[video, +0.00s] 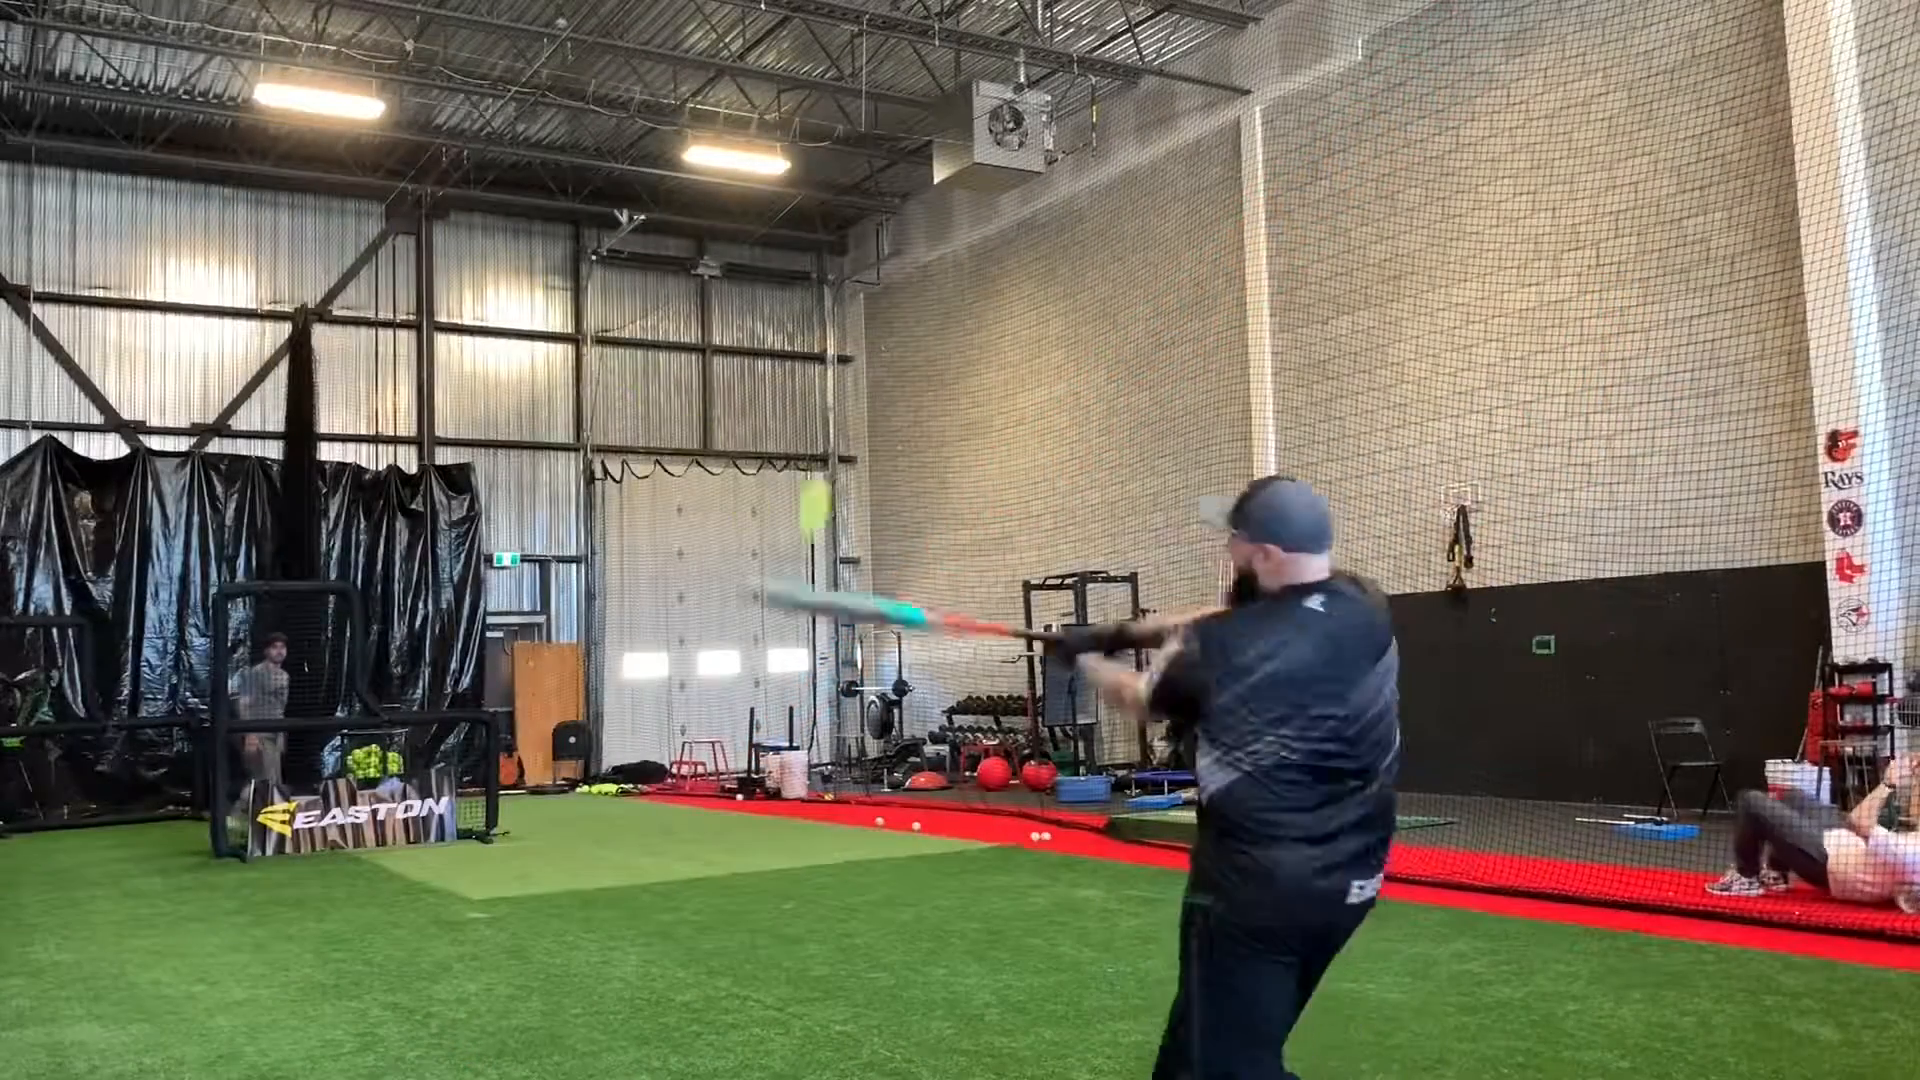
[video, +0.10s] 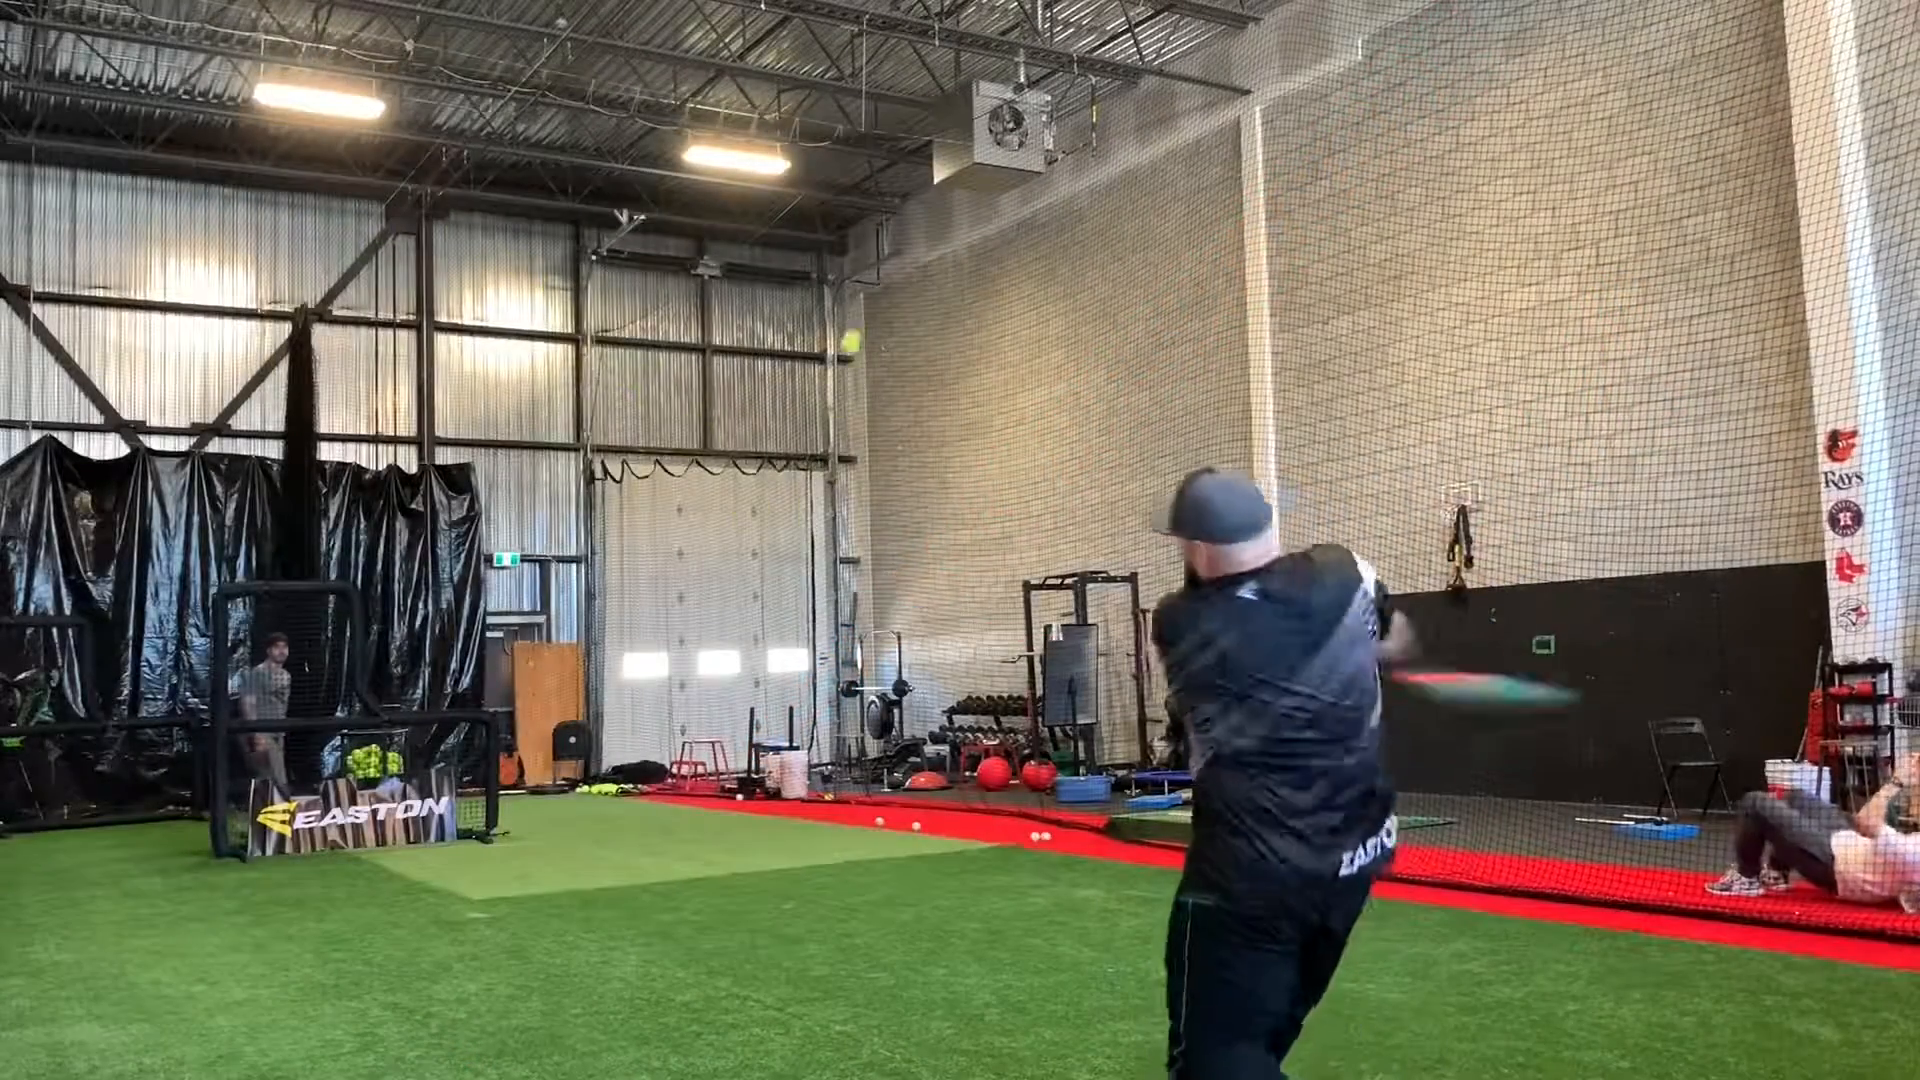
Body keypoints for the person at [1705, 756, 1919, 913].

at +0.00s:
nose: (1914, 798)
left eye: (1915, 793)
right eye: (1915, 791)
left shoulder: (1909, 857)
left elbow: (1860, 822)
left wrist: (1887, 784)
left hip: (1836, 866)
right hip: (1853, 846)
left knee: (1751, 802)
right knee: (1795, 798)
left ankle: (1746, 876)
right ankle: (1776, 872)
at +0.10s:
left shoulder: (1910, 854)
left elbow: (1866, 822)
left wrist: (1896, 782)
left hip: (1840, 867)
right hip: (1855, 844)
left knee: (1755, 803)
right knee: (1797, 797)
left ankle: (1746, 877)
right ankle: (1776, 870)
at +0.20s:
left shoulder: (1912, 852)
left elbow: (1876, 820)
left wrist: (1903, 783)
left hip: (1846, 870)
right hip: (1863, 845)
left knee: (1767, 807)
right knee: (1807, 800)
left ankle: (1746, 877)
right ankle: (1778, 869)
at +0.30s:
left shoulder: (1914, 849)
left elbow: (1883, 821)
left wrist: (1904, 786)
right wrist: (1906, 787)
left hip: (1851, 870)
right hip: (1867, 848)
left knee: (1768, 808)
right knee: (1814, 803)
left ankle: (1746, 876)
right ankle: (1779, 870)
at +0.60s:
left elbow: (1903, 822)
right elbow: (1904, 822)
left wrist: (1912, 790)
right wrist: (1914, 790)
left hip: (1877, 876)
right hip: (1890, 853)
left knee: (1793, 815)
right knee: (1829, 810)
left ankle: (1747, 874)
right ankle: (1782, 871)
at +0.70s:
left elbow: (1904, 821)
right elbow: (1904, 821)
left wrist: (1911, 791)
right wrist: (1914, 792)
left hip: (1882, 876)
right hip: (1893, 852)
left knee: (1794, 817)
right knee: (1833, 811)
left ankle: (1750, 873)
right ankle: (1784, 872)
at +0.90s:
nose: (1902, 802)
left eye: (1907, 799)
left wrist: (1910, 826)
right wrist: (1912, 824)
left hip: (1877, 873)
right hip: (1889, 850)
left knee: (1790, 814)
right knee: (1828, 807)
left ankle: (1750, 873)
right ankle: (1782, 871)